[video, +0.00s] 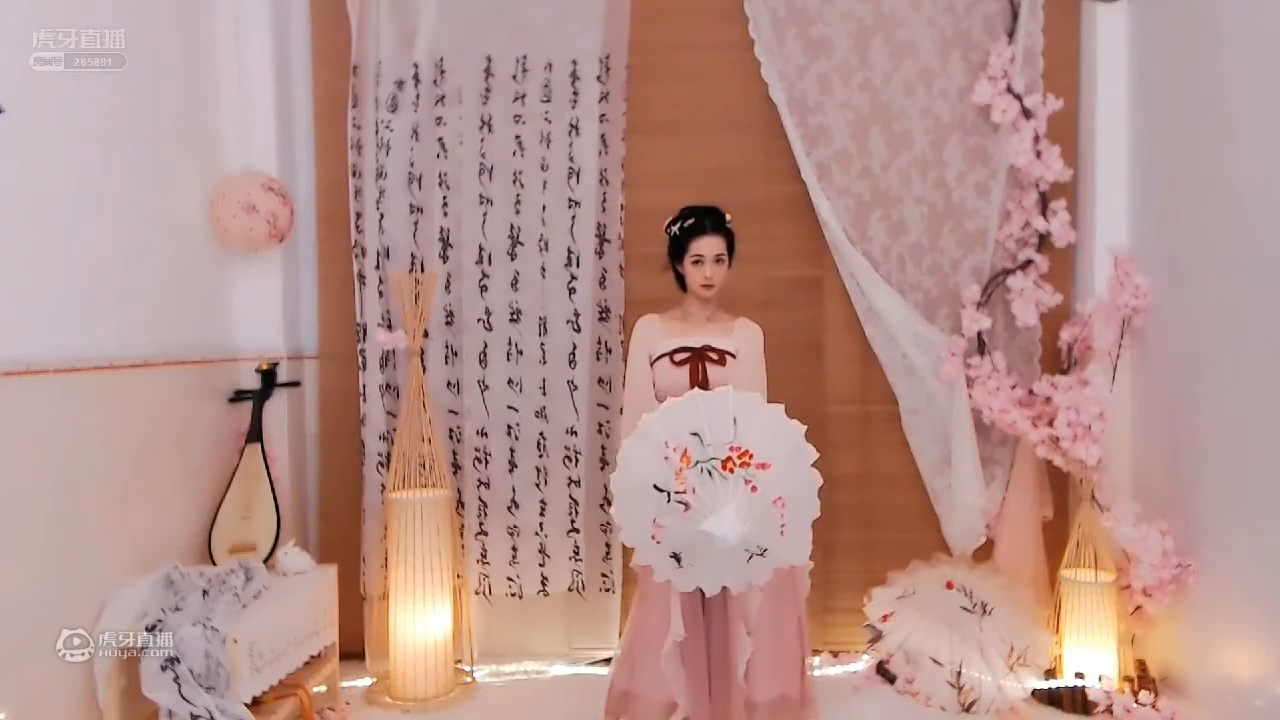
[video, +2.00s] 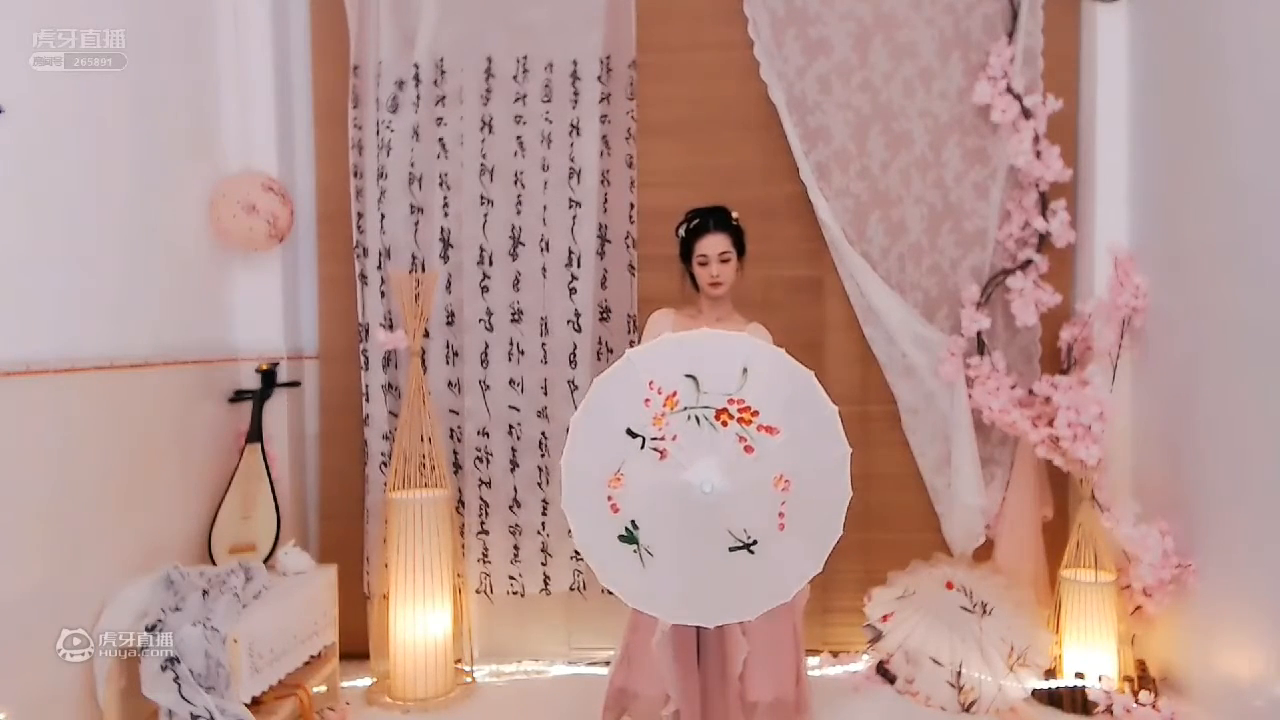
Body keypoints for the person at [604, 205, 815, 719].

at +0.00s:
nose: (709, 273)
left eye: (718, 261)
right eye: (698, 261)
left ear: (730, 265)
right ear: (678, 265)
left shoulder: (748, 334)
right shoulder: (650, 330)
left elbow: (757, 424)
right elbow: (636, 421)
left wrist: (753, 496)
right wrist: (647, 499)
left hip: (735, 488)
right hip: (670, 488)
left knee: (734, 609)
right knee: (674, 608)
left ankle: (735, 710)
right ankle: (675, 711)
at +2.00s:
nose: (714, 271)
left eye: (724, 258)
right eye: (704, 261)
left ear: (739, 263)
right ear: (689, 266)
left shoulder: (757, 335)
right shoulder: (663, 324)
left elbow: (775, 424)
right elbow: (642, 410)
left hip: (738, 488)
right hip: (674, 485)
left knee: (736, 605)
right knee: (673, 603)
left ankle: (735, 710)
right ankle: (674, 709)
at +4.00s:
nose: (719, 271)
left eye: (729, 258)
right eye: (708, 260)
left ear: (745, 263)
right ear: (695, 267)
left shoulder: (764, 340)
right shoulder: (672, 337)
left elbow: (789, 431)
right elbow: (646, 420)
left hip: (752, 493)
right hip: (684, 492)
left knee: (750, 612)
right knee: (683, 613)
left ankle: (749, 710)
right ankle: (679, 711)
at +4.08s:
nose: (718, 271)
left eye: (728, 258)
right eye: (707, 261)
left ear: (745, 263)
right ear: (694, 267)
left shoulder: (764, 343)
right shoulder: (673, 334)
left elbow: (793, 430)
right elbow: (640, 415)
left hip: (752, 495)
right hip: (682, 495)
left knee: (749, 614)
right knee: (682, 614)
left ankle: (748, 711)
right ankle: (679, 712)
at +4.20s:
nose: (718, 271)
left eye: (728, 258)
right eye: (707, 261)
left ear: (744, 263)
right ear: (694, 267)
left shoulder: (766, 343)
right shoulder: (671, 333)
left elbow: (796, 430)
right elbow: (635, 415)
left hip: (752, 499)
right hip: (682, 498)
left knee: (750, 618)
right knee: (681, 620)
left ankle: (747, 712)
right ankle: (677, 713)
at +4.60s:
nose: (716, 272)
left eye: (726, 259)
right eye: (705, 262)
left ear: (742, 263)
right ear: (693, 268)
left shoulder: (761, 339)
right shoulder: (674, 333)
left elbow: (786, 427)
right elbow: (649, 418)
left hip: (747, 490)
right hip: (685, 486)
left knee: (746, 604)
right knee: (681, 604)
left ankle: (745, 710)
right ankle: (678, 711)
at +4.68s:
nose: (716, 271)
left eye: (726, 259)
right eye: (705, 261)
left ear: (742, 263)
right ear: (693, 268)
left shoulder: (760, 337)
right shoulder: (672, 334)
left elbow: (785, 427)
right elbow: (647, 417)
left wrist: (786, 511)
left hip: (746, 492)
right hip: (683, 489)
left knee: (745, 608)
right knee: (680, 608)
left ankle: (744, 710)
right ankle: (677, 711)